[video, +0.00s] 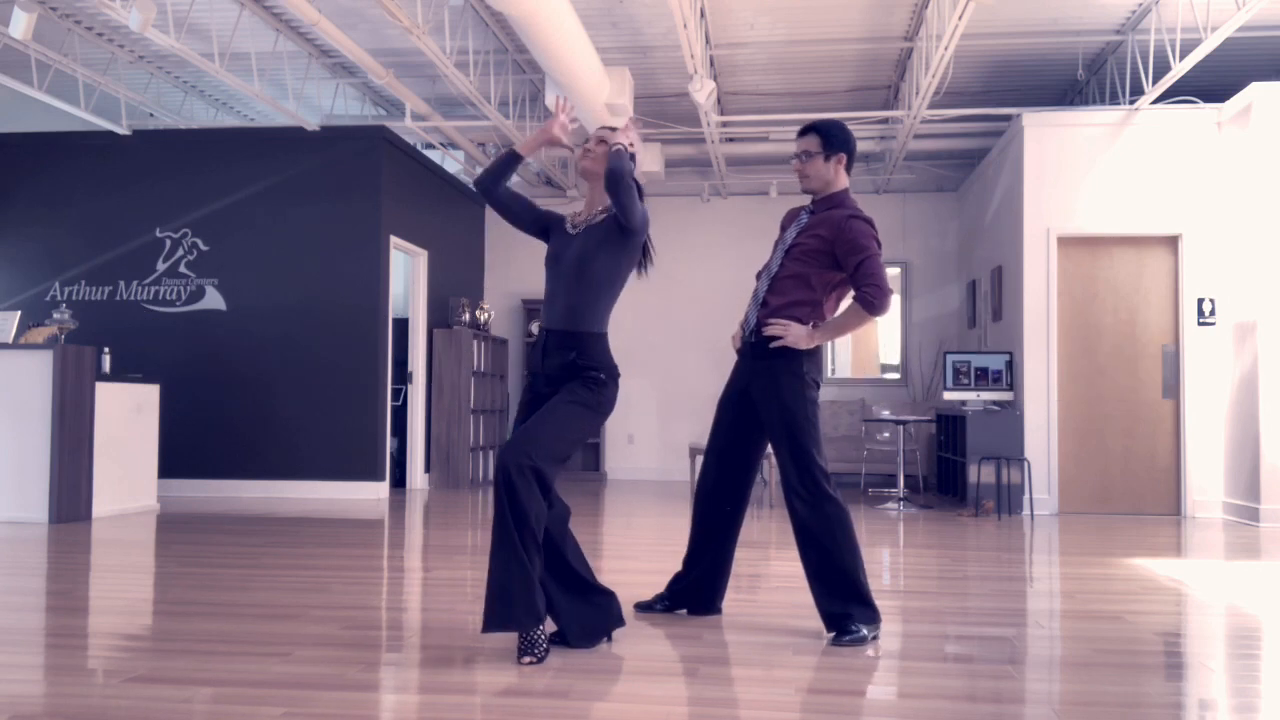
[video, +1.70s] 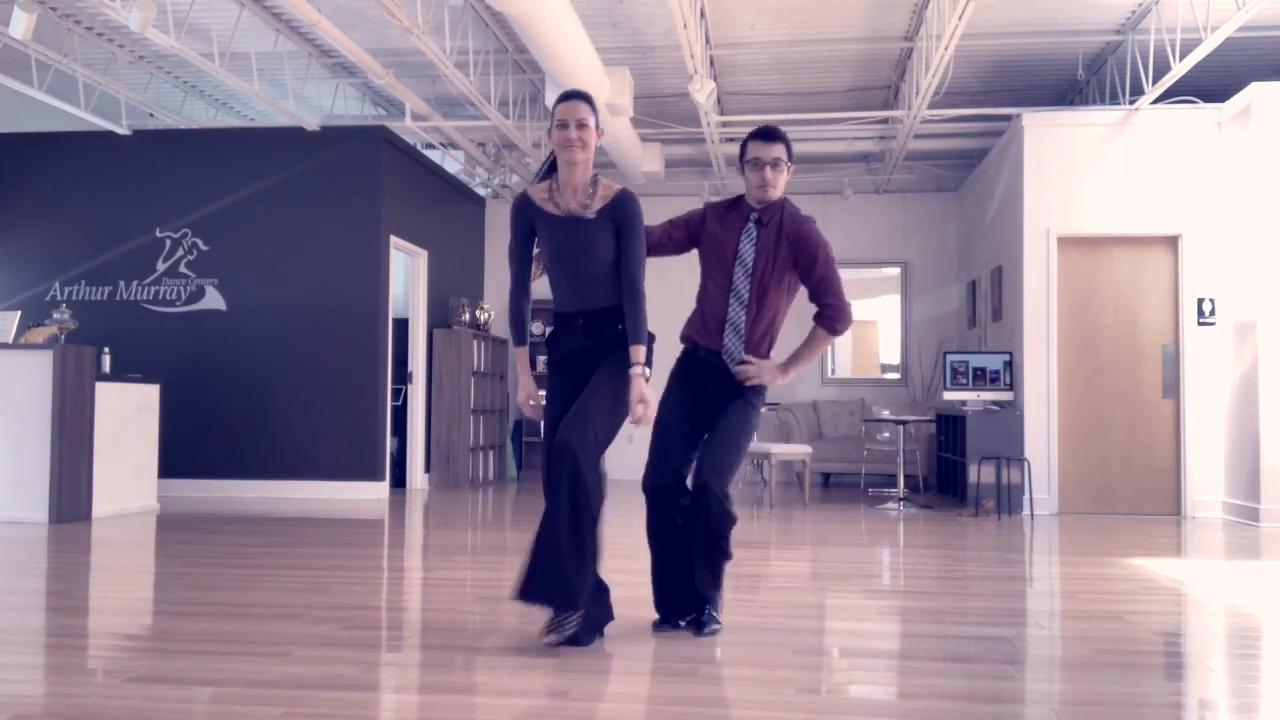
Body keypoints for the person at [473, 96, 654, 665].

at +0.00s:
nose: (589, 149)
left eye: (603, 146)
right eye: (589, 143)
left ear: (622, 166)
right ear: (579, 155)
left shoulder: (627, 226)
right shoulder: (557, 226)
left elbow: (624, 192)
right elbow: (488, 187)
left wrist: (621, 150)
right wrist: (541, 138)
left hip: (588, 376)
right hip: (544, 372)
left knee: (516, 462)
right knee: (530, 490)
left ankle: (532, 617)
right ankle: (587, 608)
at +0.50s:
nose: (596, 170)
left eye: (610, 166)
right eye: (593, 163)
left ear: (632, 187)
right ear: (583, 176)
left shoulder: (633, 236)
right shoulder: (560, 242)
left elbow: (602, 199)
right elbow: (481, 222)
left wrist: (628, 177)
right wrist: (531, 179)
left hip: (576, 388)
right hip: (531, 381)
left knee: (499, 469)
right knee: (517, 496)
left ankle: (529, 618)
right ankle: (586, 611)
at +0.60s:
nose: (596, 167)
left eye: (609, 160)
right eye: (591, 160)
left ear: (633, 179)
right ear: (583, 177)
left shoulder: (633, 236)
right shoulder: (559, 241)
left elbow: (600, 266)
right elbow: (483, 269)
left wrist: (603, 211)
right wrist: (489, 218)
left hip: (577, 386)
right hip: (533, 380)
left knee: (499, 469)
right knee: (518, 497)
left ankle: (528, 619)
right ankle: (586, 611)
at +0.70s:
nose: (591, 157)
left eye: (602, 150)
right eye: (585, 149)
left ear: (622, 167)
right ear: (577, 162)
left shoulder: (622, 226)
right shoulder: (556, 231)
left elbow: (618, 309)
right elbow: (505, 302)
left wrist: (569, 270)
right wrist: (460, 288)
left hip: (584, 374)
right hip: (542, 372)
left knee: (505, 468)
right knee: (520, 491)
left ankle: (527, 617)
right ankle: (588, 611)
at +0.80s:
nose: (576, 142)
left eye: (587, 136)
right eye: (570, 134)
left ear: (607, 151)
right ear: (560, 147)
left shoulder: (610, 216)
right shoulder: (542, 219)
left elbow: (616, 301)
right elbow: (528, 299)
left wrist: (574, 348)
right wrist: (481, 347)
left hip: (594, 360)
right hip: (549, 359)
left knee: (519, 462)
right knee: (526, 484)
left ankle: (530, 618)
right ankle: (588, 610)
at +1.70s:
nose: (572, 134)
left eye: (581, 126)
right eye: (562, 125)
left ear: (598, 135)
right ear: (550, 134)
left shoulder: (620, 202)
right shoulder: (531, 204)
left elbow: (634, 287)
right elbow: (519, 288)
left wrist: (639, 369)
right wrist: (523, 369)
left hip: (620, 343)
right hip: (566, 345)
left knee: (574, 446)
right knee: (566, 462)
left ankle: (571, 597)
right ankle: (588, 603)